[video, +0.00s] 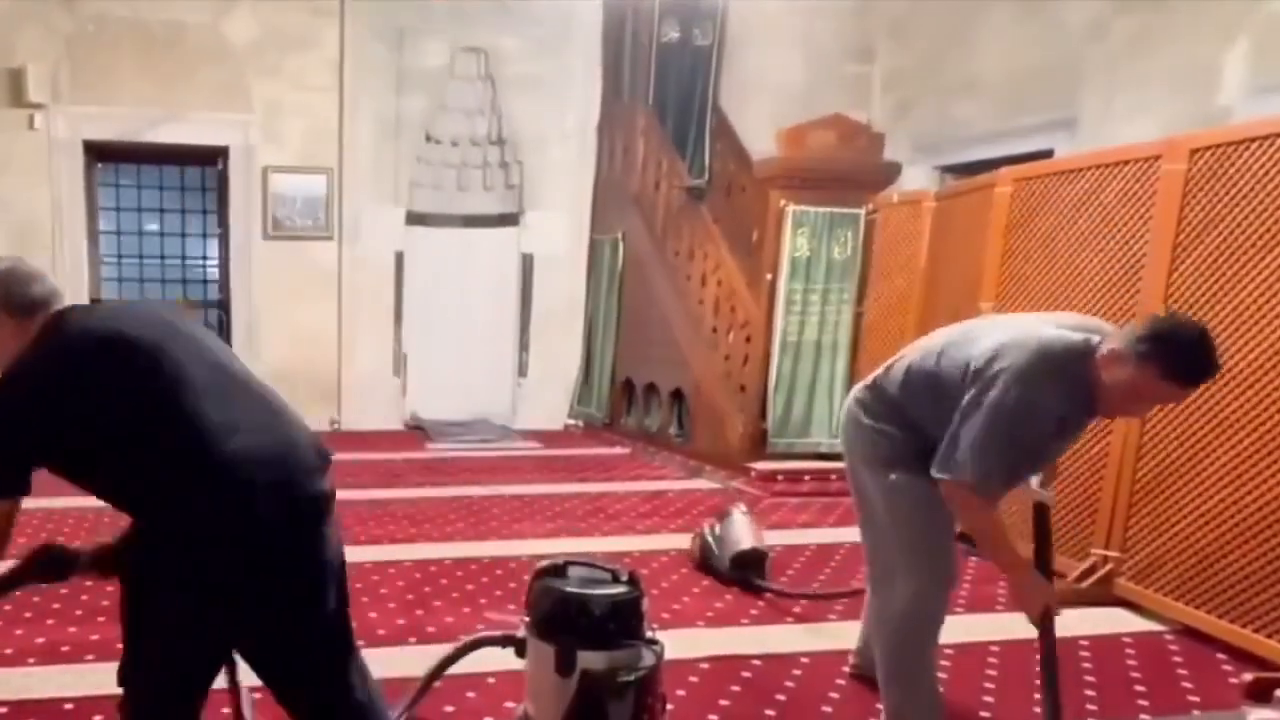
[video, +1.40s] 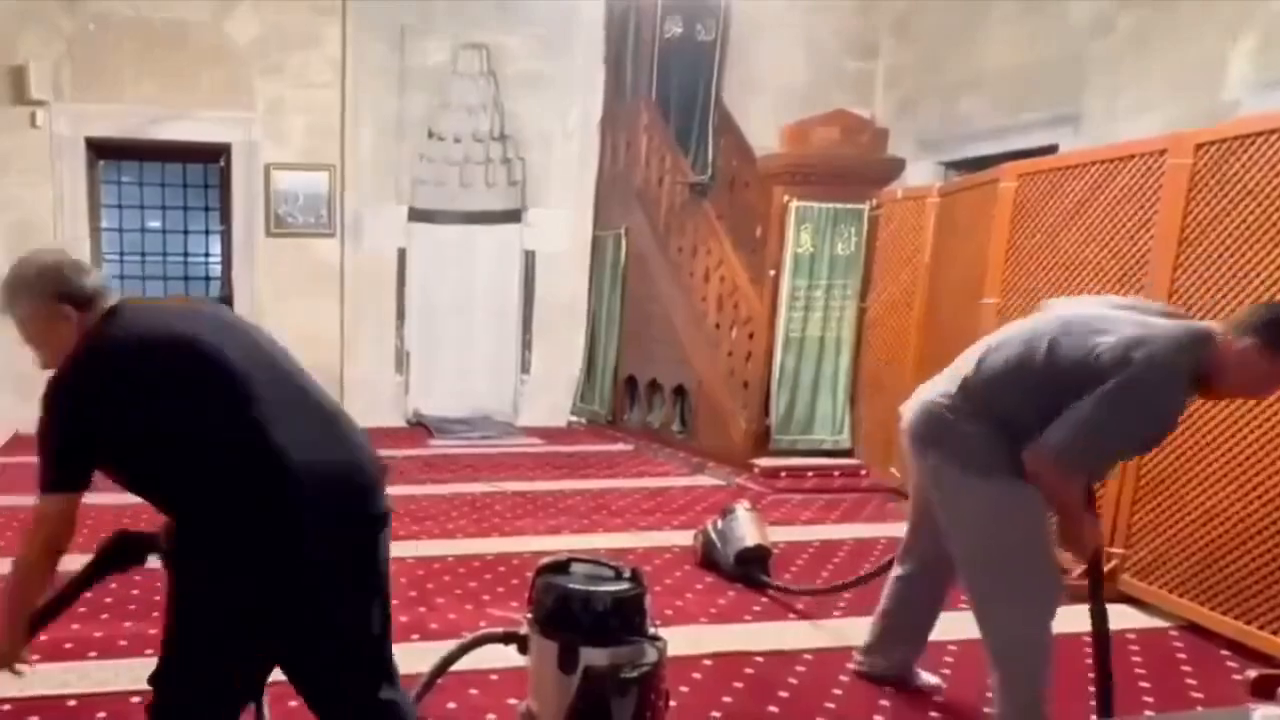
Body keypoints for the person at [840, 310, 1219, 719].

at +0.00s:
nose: (1144, 413)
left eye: (1158, 405)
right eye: (1149, 398)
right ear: (1122, 360)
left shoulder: (1101, 346)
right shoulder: (1031, 373)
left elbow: (1059, 417)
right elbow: (960, 485)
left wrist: (1038, 467)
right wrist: (1020, 575)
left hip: (930, 429)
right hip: (888, 428)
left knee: (910, 557)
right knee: (921, 577)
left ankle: (874, 657)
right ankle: (912, 707)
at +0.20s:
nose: (1147, 434)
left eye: (1161, 427)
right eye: (1150, 418)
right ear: (1124, 382)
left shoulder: (1102, 382)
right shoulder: (1029, 392)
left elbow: (1053, 456)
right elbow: (995, 529)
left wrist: (1050, 526)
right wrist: (1046, 633)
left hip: (941, 430)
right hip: (888, 428)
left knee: (916, 559)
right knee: (918, 582)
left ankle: (875, 654)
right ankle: (910, 708)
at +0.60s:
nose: (1153, 393)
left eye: (1165, 384)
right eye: (1156, 377)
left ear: (1123, 339)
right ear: (1123, 343)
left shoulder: (1094, 354)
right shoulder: (1033, 360)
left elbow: (1027, 419)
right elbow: (964, 479)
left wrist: (1024, 468)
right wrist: (1013, 565)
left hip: (936, 426)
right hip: (889, 422)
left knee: (918, 565)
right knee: (900, 586)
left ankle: (876, 655)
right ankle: (909, 709)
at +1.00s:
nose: (1189, 347)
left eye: (1199, 335)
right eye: (1191, 330)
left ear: (1146, 302)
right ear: (1157, 308)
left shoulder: (1095, 327)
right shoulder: (1074, 339)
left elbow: (1012, 432)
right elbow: (994, 447)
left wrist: (1022, 513)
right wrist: (1025, 520)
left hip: (916, 421)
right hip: (914, 430)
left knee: (918, 548)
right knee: (969, 565)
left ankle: (882, 655)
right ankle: (923, 707)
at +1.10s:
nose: (1199, 351)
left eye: (1210, 340)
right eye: (1199, 333)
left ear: (1154, 306)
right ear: (1159, 307)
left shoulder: (1103, 322)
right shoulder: (1089, 346)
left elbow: (1013, 427)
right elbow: (1006, 447)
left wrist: (1029, 507)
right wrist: (1035, 522)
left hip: (914, 419)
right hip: (928, 435)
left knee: (929, 550)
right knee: (991, 575)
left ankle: (884, 657)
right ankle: (955, 709)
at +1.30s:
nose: (1238, 388)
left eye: (1252, 379)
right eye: (1247, 370)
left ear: (1215, 325)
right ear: (1224, 334)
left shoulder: (1136, 325)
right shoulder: (1133, 369)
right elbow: (1026, 459)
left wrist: (1060, 498)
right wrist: (1063, 524)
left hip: (925, 418)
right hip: (960, 446)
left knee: (928, 562)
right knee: (1019, 598)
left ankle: (884, 657)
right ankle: (1022, 714)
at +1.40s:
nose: (1260, 393)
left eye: (1270, 383)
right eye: (1269, 378)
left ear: (1243, 337)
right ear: (1248, 348)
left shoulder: (1170, 331)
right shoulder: (1160, 375)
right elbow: (1048, 463)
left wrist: (1080, 487)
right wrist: (1082, 533)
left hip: (936, 415)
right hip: (971, 442)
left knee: (927, 559)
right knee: (1026, 597)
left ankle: (884, 658)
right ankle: (1021, 712)